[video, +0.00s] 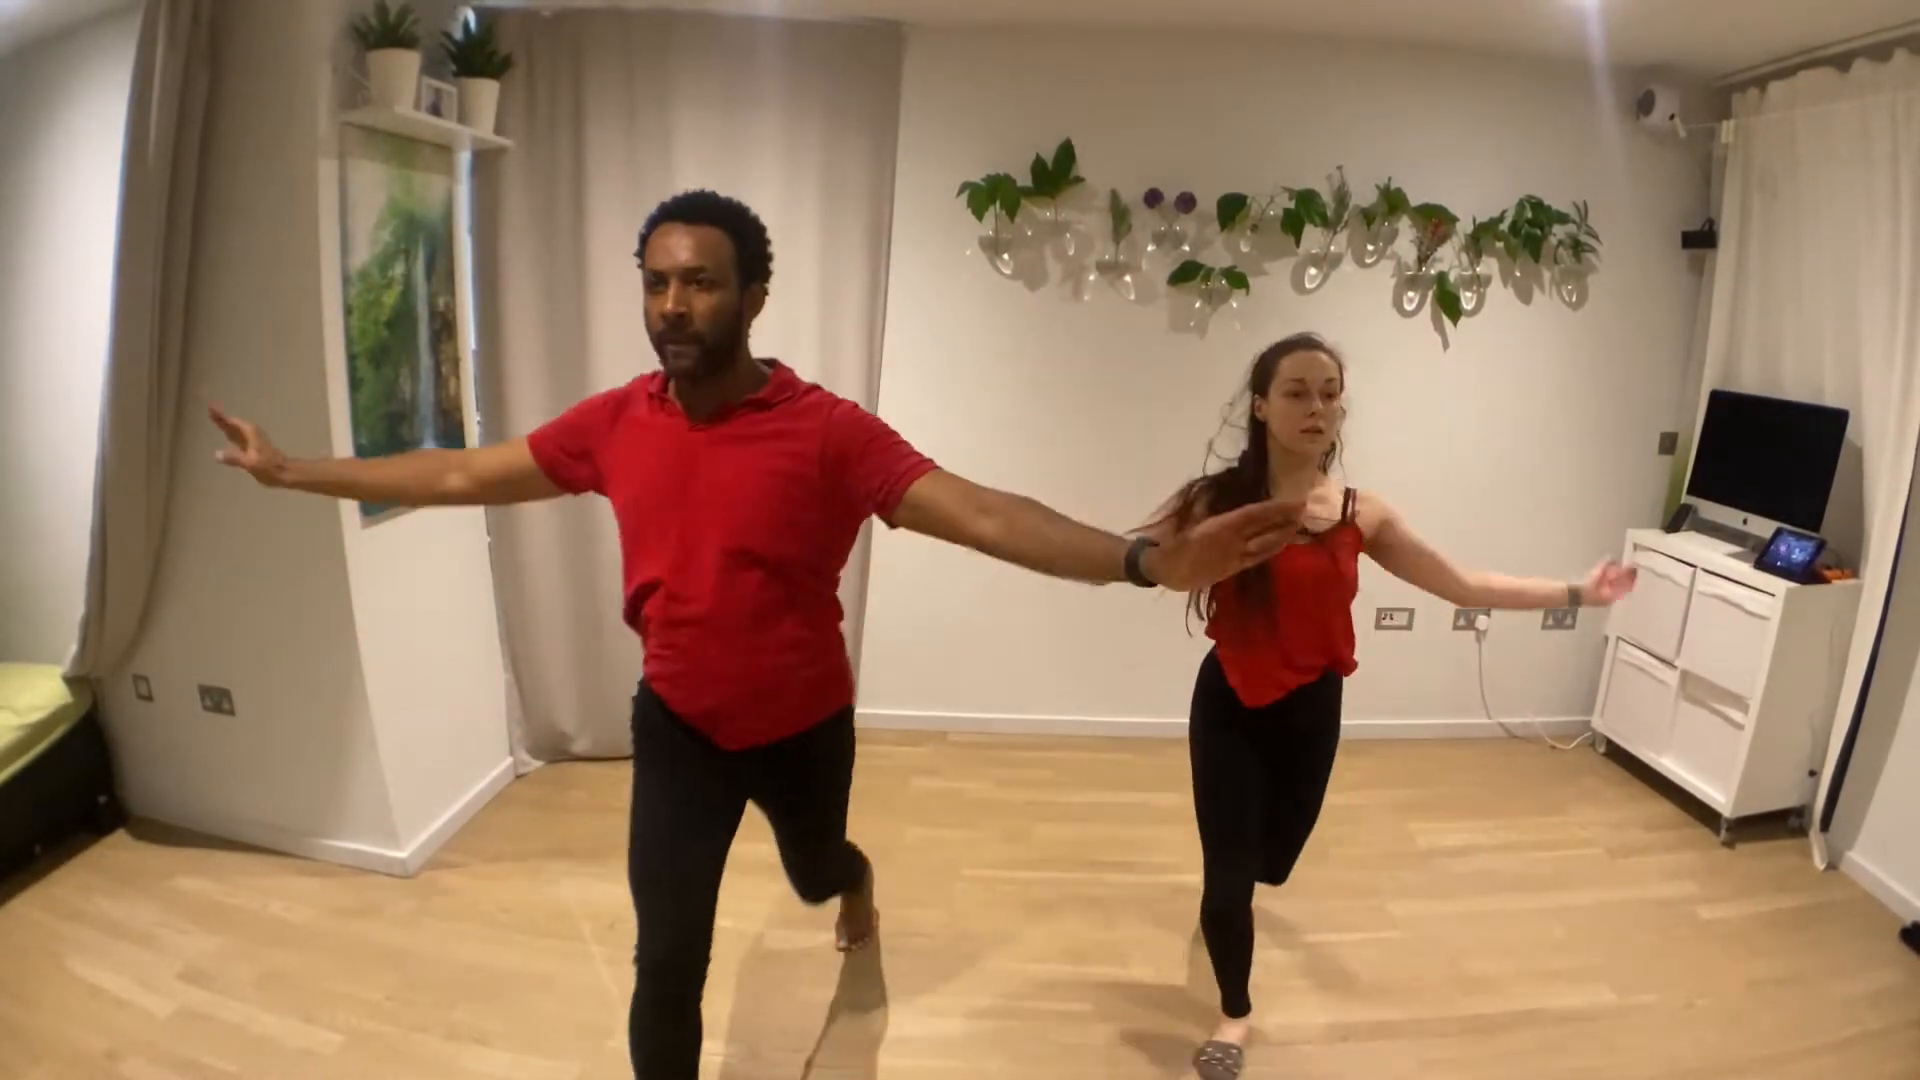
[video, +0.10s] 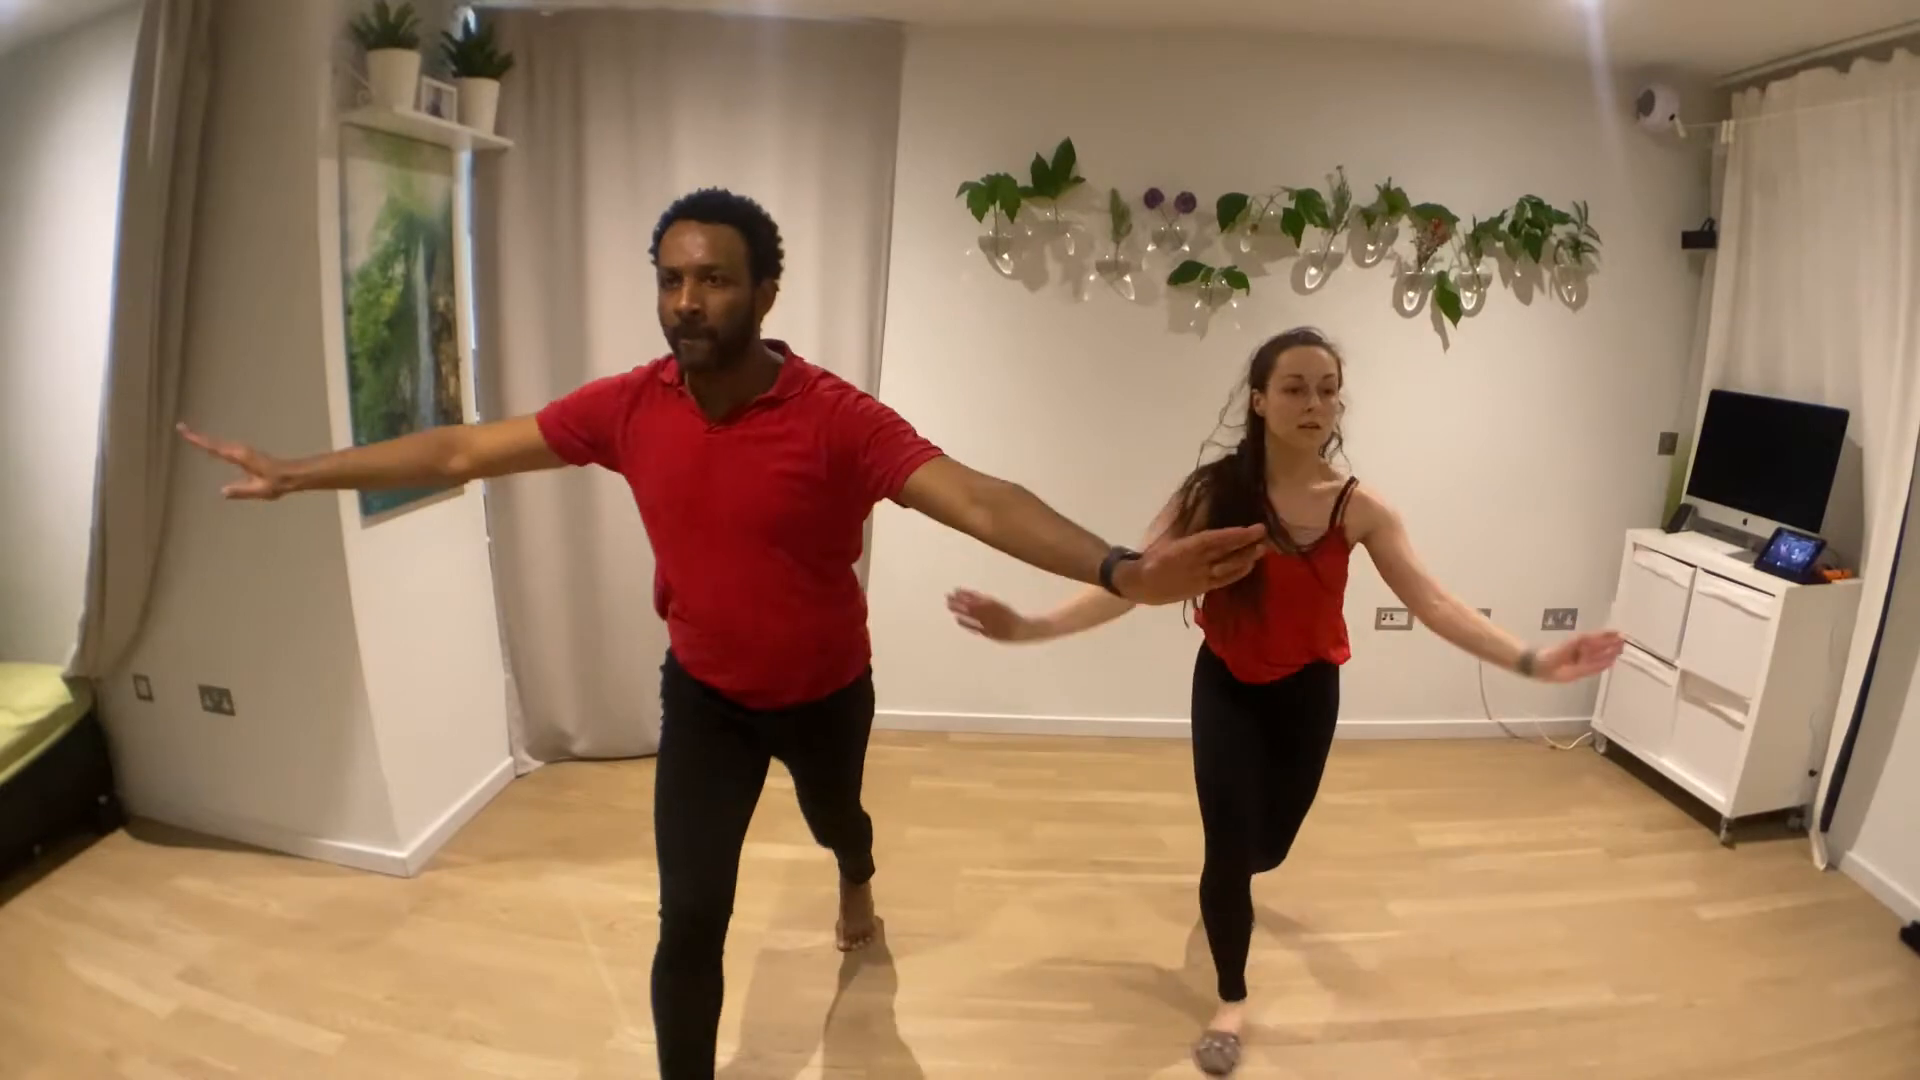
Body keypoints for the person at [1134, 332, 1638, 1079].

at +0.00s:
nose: (1315, 406)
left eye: (1328, 393)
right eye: (1295, 393)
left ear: (1341, 406)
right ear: (1261, 407)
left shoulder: (1359, 512)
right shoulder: (1218, 497)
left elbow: (1463, 586)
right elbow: (1140, 555)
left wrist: (1578, 591)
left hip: (1311, 708)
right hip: (1229, 702)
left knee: (1275, 866)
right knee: (1230, 870)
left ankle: (1219, 874)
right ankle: (1234, 1014)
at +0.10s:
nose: (1316, 401)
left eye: (1329, 387)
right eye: (1296, 387)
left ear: (1343, 402)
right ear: (1258, 401)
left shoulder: (1360, 509)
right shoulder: (1212, 493)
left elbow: (1434, 605)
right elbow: (1126, 587)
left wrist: (1531, 658)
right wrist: (1025, 625)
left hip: (1310, 690)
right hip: (1226, 685)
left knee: (1273, 845)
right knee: (1229, 847)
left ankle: (1216, 871)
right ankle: (1230, 1003)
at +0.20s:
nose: (1309, 404)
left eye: (1323, 389)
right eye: (1291, 389)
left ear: (1337, 401)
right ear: (1255, 399)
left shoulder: (1349, 499)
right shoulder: (1208, 485)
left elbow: (1401, 610)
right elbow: (1157, 592)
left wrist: (1451, 713)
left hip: (1305, 673)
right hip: (1224, 669)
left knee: (1272, 830)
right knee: (1231, 829)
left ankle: (1224, 880)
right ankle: (1227, 939)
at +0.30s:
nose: (1302, 398)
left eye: (1316, 381)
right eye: (1283, 381)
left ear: (1331, 388)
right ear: (1248, 386)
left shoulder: (1345, 487)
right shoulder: (1201, 476)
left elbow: (1389, 605)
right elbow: (1167, 597)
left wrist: (1394, 722)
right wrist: (1178, 706)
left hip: (1302, 663)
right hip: (1221, 659)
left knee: (1271, 821)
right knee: (1228, 815)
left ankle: (1223, 885)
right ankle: (1217, 913)